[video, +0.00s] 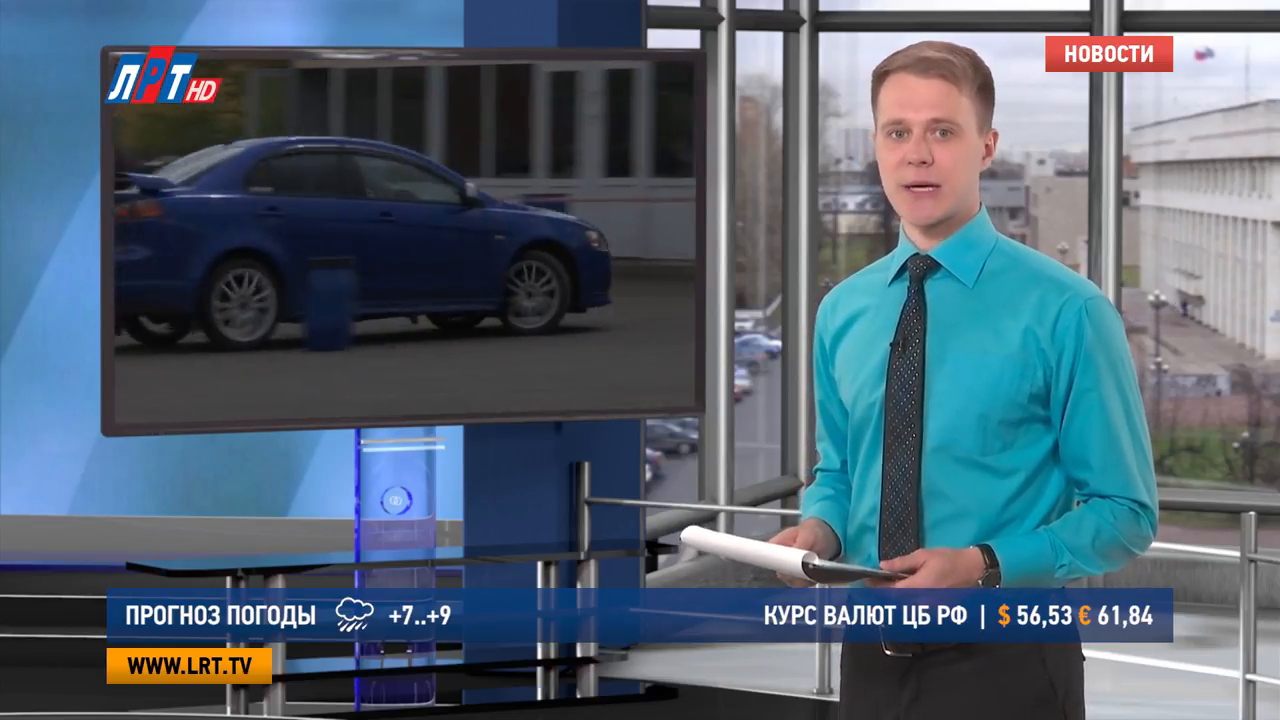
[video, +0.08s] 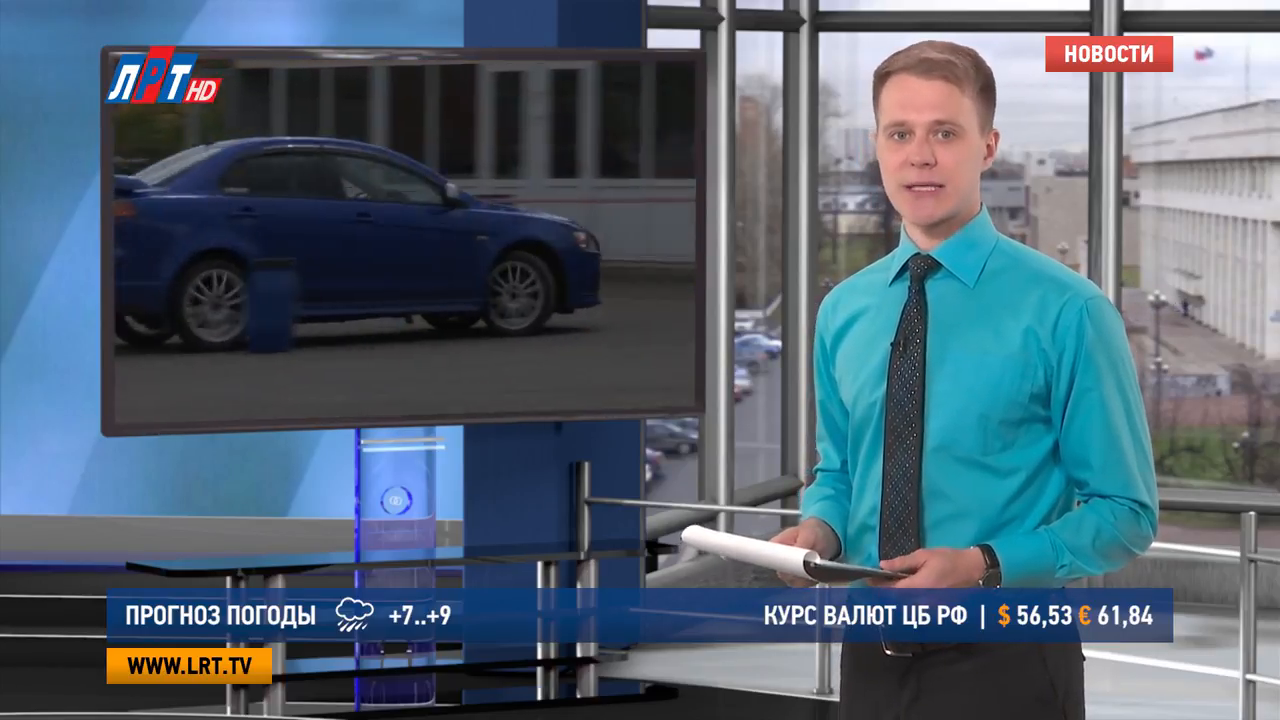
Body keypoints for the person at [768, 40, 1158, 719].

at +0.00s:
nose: (917, 155)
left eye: (943, 131)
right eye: (897, 132)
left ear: (987, 146)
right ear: (876, 148)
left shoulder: (1067, 310)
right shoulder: (842, 310)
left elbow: (1125, 511)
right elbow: (836, 474)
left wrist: (985, 564)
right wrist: (816, 530)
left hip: (1004, 664)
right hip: (870, 663)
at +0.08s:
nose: (919, 156)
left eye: (944, 133)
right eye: (899, 134)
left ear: (988, 147)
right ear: (877, 148)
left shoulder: (1067, 310)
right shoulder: (843, 310)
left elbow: (1125, 511)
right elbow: (835, 473)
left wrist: (985, 564)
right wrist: (816, 530)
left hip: (1004, 663)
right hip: (871, 662)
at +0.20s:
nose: (926, 158)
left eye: (951, 135)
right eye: (906, 135)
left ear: (991, 146)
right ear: (879, 148)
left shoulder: (1068, 310)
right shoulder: (843, 310)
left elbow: (1126, 510)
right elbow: (837, 471)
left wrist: (986, 566)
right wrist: (816, 533)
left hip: (1004, 661)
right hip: (871, 658)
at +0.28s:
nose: (931, 158)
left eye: (955, 136)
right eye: (910, 135)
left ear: (992, 148)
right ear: (881, 147)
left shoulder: (1069, 310)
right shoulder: (844, 310)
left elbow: (1127, 510)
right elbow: (837, 472)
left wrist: (987, 566)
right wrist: (815, 535)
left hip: (1006, 661)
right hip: (872, 658)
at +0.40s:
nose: (935, 161)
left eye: (959, 138)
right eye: (914, 137)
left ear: (994, 148)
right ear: (882, 148)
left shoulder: (1068, 310)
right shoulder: (844, 311)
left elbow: (1127, 510)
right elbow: (836, 472)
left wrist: (987, 564)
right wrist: (818, 531)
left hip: (1005, 663)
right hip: (871, 661)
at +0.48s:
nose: (938, 162)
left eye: (961, 139)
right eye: (916, 138)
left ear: (995, 149)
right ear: (882, 148)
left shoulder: (1069, 310)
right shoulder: (844, 311)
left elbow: (1128, 511)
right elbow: (837, 472)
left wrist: (987, 564)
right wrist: (819, 529)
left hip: (1006, 661)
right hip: (872, 658)